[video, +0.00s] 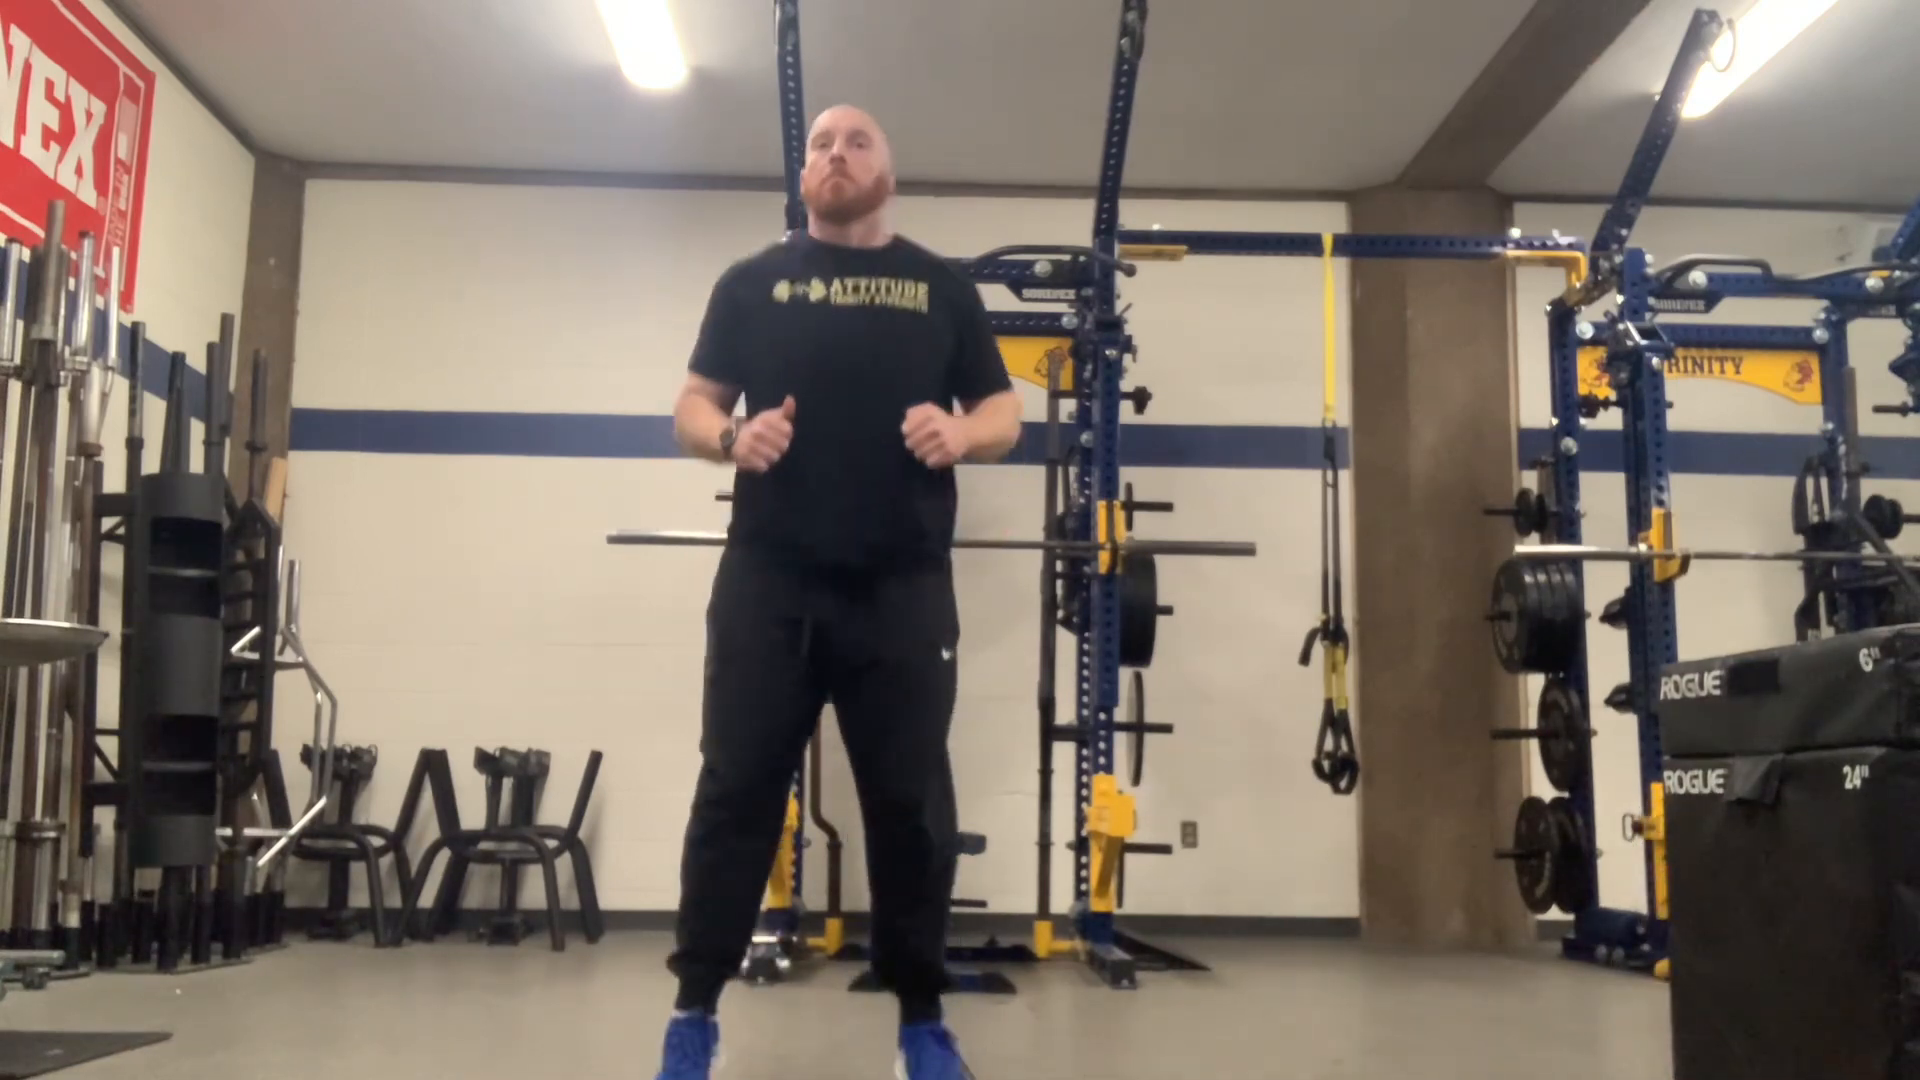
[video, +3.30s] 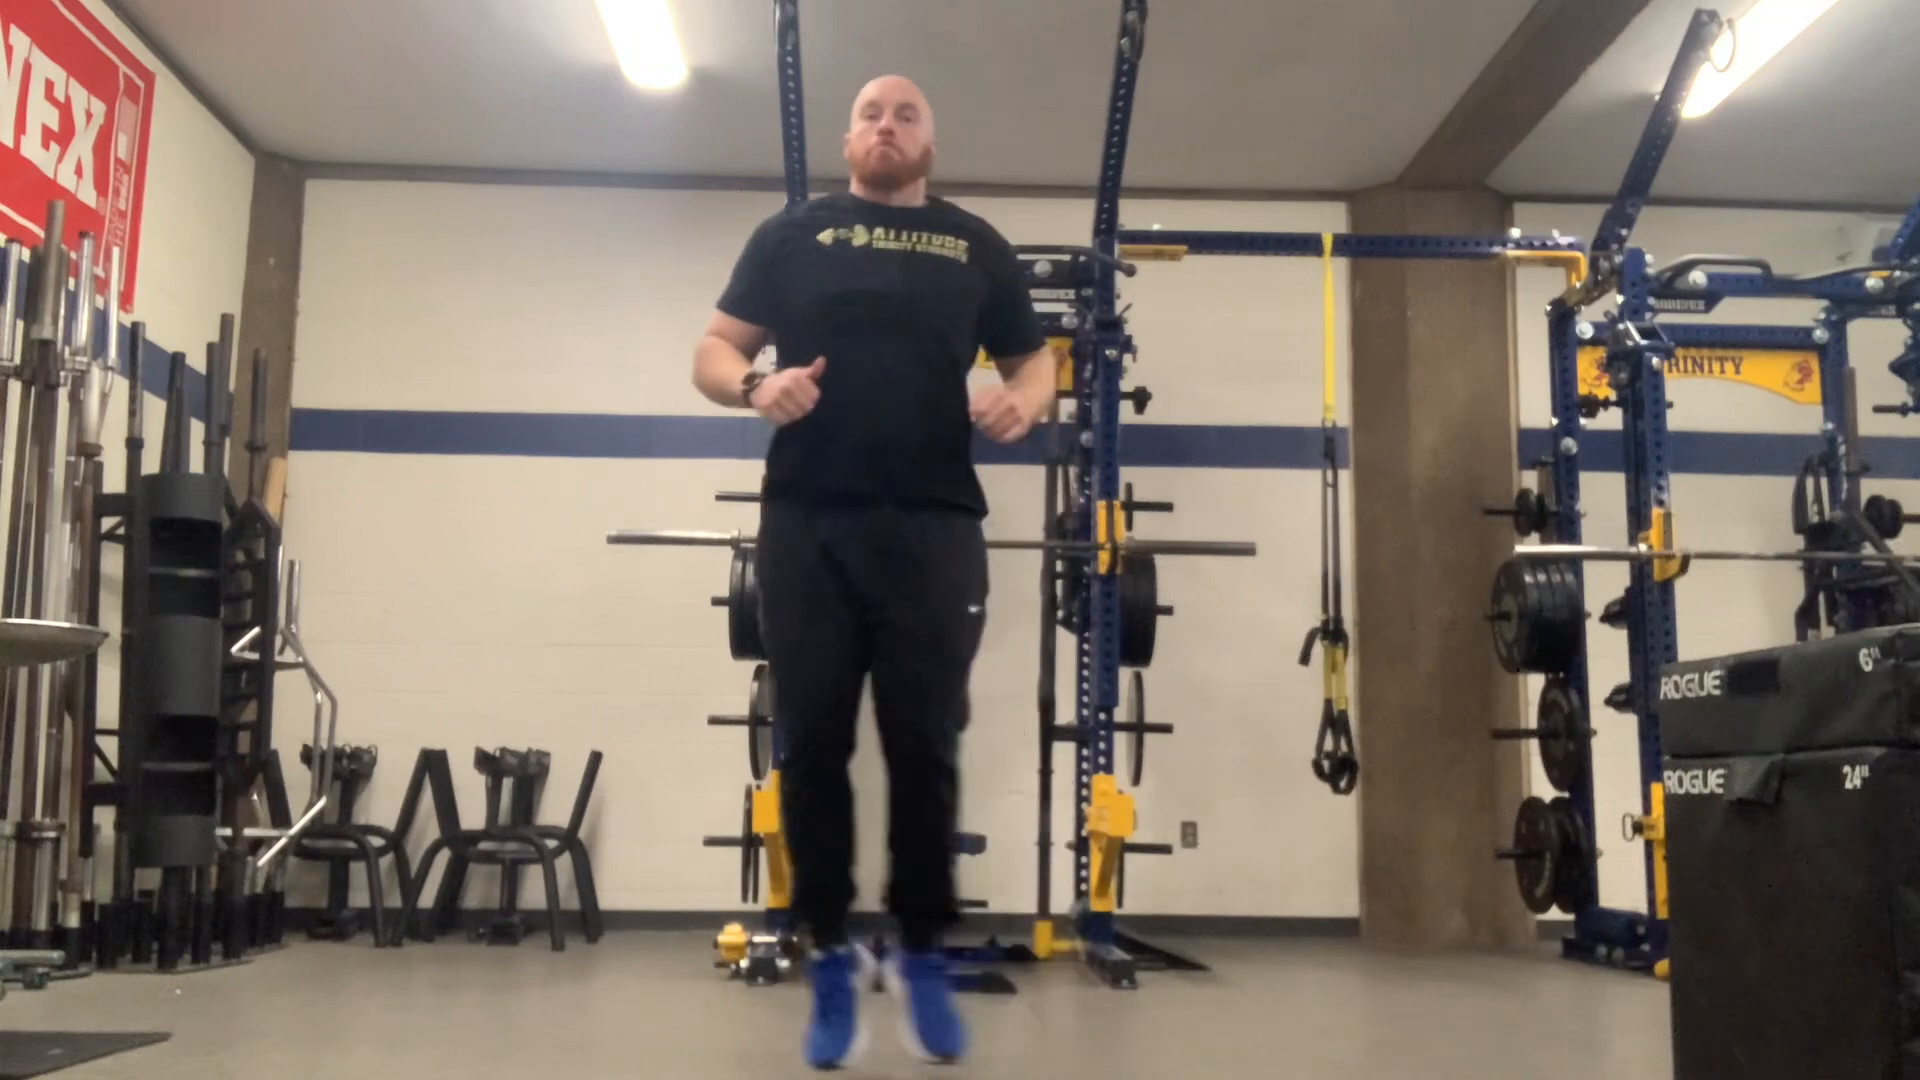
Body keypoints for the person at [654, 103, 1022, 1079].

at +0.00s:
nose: (836, 151)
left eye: (857, 141)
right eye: (820, 144)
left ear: (894, 175)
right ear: (800, 179)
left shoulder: (943, 287)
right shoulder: (751, 284)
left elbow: (1006, 415)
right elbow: (695, 411)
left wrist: (962, 432)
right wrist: (732, 436)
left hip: (901, 587)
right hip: (768, 581)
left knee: (913, 809)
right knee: (734, 795)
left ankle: (922, 1027)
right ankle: (693, 1019)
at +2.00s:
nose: (838, 208)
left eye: (856, 197)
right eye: (822, 199)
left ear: (887, 229)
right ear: (797, 232)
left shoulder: (937, 340)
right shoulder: (751, 342)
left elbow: (988, 460)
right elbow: (699, 464)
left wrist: (966, 508)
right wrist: (725, 509)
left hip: (904, 622)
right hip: (776, 619)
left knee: (904, 829)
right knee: (740, 824)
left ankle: (900, 1010)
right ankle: (716, 998)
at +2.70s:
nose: (852, 159)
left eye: (869, 146)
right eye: (835, 151)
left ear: (904, 173)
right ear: (813, 185)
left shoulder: (970, 272)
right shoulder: (781, 294)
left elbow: (1051, 381)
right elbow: (739, 427)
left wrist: (1005, 394)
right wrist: (765, 453)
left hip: (947, 581)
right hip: (817, 582)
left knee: (943, 801)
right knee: (759, 790)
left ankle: (944, 1017)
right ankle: (699, 997)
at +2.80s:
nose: (873, 131)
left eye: (890, 119)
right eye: (857, 121)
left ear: (920, 146)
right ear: (832, 153)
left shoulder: (987, 237)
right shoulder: (795, 261)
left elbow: (1073, 351)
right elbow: (759, 389)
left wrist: (1030, 359)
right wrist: (784, 416)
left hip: (971, 540)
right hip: (841, 540)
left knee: (989, 761)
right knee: (816, 751)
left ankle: (998, 980)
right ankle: (800, 963)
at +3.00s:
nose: (913, 216)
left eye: (930, 204)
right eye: (896, 203)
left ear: (957, 230)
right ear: (868, 229)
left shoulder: (1014, 330)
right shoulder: (824, 349)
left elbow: (1074, 441)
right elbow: (773, 470)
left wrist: (1070, 484)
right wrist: (787, 497)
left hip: (1018, 616)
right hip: (891, 624)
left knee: (1057, 830)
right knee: (904, 830)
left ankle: (1099, 1030)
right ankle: (944, 1021)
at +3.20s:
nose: (914, 152)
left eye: (932, 142)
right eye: (898, 141)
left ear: (960, 174)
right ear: (870, 171)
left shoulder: (1000, 282)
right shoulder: (808, 271)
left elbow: (1055, 400)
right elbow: (744, 392)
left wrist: (1048, 432)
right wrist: (792, 407)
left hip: (965, 572)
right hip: (839, 573)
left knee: (1012, 785)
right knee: (866, 793)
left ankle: (1052, 998)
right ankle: (917, 1004)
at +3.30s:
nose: (887, 126)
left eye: (905, 116)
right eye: (871, 114)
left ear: (934, 144)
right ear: (845, 141)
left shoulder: (977, 245)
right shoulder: (787, 236)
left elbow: (1033, 365)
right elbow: (713, 357)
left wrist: (1020, 399)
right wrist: (755, 385)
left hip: (932, 532)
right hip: (807, 530)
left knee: (925, 747)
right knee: (811, 746)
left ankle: (925, 955)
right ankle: (828, 955)